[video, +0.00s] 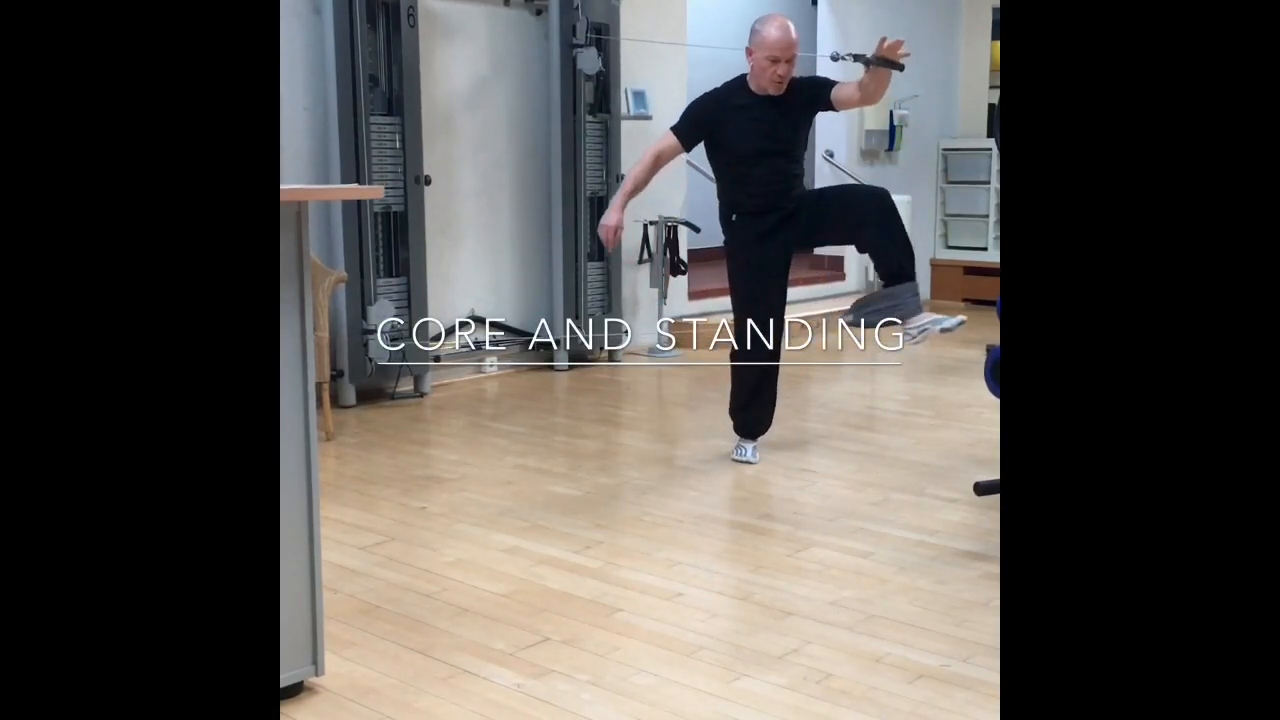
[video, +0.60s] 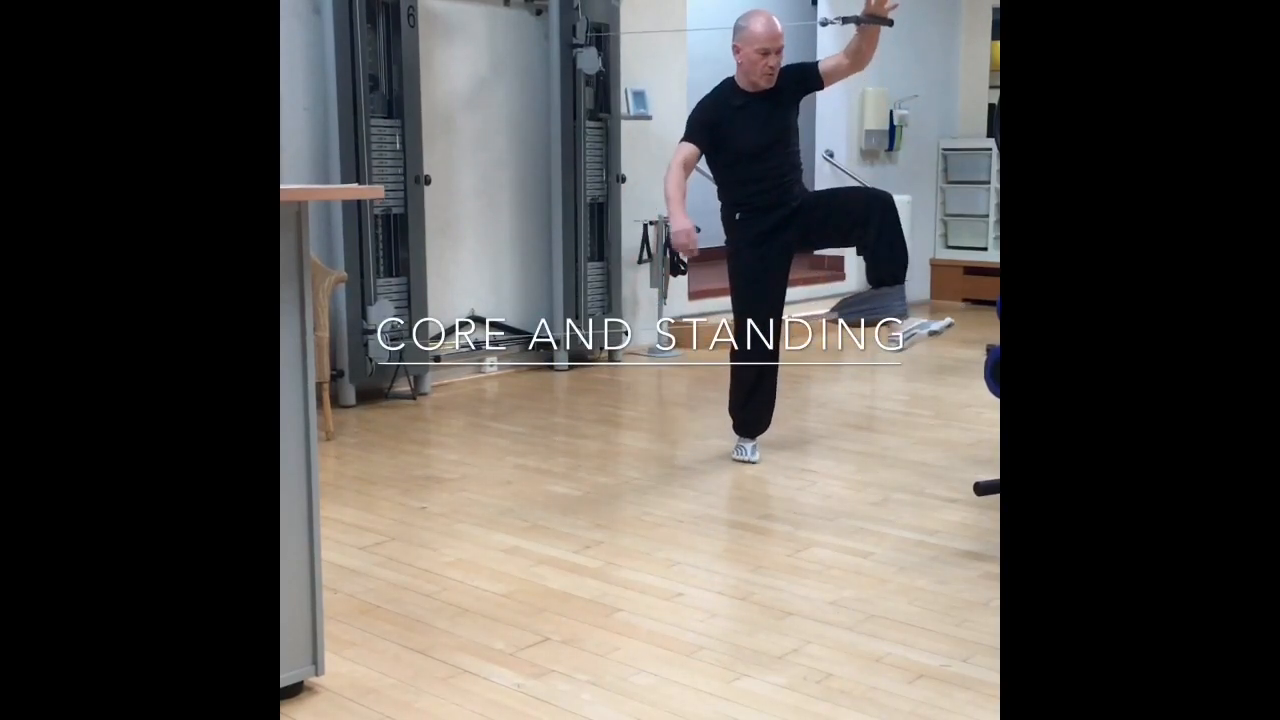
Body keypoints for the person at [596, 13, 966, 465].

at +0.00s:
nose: (784, 71)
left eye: (791, 60)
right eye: (775, 61)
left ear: (797, 56)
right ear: (750, 54)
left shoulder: (804, 92)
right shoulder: (715, 106)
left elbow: (864, 94)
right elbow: (658, 155)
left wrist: (882, 65)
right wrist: (617, 205)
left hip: (800, 213)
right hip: (750, 230)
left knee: (873, 203)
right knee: (757, 331)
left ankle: (911, 314)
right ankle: (747, 436)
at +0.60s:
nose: (775, 62)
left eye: (779, 53)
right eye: (766, 53)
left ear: (782, 50)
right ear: (737, 51)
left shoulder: (790, 82)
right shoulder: (713, 108)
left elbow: (853, 60)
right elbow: (678, 167)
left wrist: (873, 19)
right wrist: (679, 219)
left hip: (801, 213)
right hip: (752, 233)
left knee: (876, 206)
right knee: (756, 333)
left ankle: (892, 318)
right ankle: (747, 433)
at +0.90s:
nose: (794, 64)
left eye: (796, 56)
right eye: (786, 57)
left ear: (791, 51)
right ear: (754, 53)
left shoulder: (790, 81)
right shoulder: (726, 103)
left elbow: (846, 59)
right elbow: (702, 169)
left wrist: (879, 30)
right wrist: (736, 214)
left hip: (792, 214)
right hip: (749, 229)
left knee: (876, 216)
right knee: (755, 331)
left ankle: (860, 319)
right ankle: (745, 434)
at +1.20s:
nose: (810, 63)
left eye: (810, 56)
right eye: (804, 56)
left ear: (779, 53)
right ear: (774, 53)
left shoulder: (774, 84)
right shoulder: (746, 104)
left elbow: (814, 62)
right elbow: (755, 169)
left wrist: (852, 40)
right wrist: (805, 214)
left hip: (787, 211)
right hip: (751, 225)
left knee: (876, 217)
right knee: (762, 329)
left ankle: (845, 306)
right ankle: (746, 434)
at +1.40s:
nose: (816, 65)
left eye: (818, 57)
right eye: (813, 56)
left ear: (785, 50)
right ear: (788, 50)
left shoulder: (757, 81)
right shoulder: (760, 98)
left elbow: (796, 54)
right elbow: (802, 160)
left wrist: (825, 38)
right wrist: (866, 197)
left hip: (786, 214)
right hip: (757, 227)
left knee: (867, 221)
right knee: (766, 330)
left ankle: (829, 310)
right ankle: (747, 435)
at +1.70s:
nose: (825, 60)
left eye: (826, 50)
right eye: (823, 50)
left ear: (783, 46)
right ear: (805, 47)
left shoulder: (743, 80)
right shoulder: (797, 103)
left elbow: (765, 63)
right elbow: (855, 147)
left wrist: (794, 44)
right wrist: (933, 170)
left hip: (755, 211)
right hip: (767, 225)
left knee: (844, 225)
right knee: (773, 326)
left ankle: (804, 309)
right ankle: (748, 433)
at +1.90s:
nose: (834, 60)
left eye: (833, 52)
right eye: (835, 52)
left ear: (790, 48)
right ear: (828, 52)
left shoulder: (752, 86)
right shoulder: (822, 103)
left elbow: (725, 88)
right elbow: (893, 143)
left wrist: (773, 64)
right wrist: (968, 142)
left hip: (733, 220)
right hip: (774, 230)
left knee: (806, 232)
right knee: (775, 331)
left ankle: (763, 318)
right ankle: (747, 431)